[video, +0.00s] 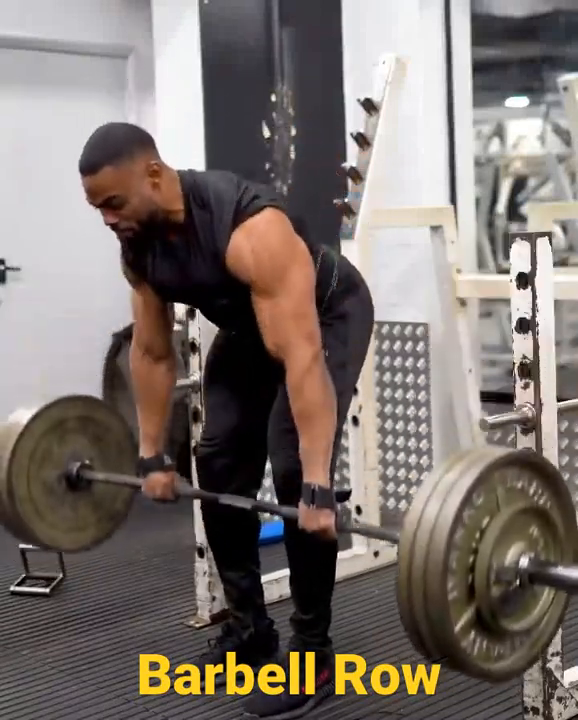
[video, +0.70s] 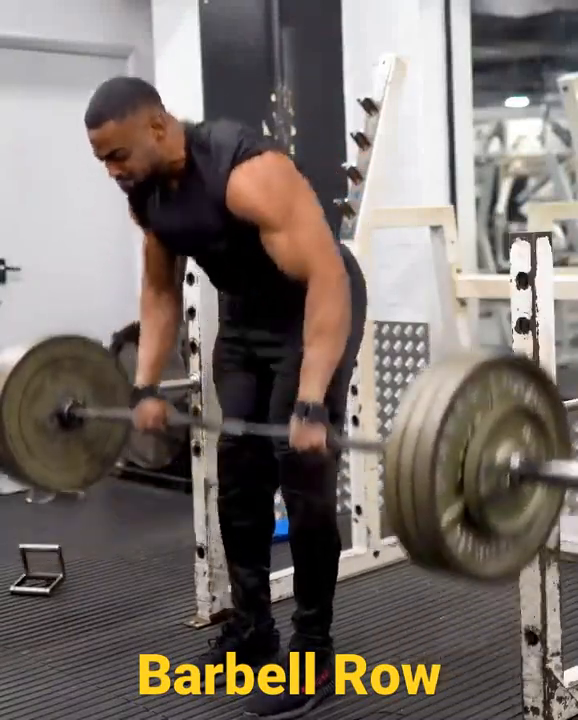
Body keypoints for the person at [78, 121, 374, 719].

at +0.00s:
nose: (108, 220)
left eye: (114, 204)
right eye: (99, 209)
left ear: (155, 174)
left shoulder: (252, 230)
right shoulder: (141, 244)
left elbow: (304, 356)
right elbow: (151, 352)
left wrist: (317, 484)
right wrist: (152, 454)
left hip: (326, 312)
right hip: (248, 324)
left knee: (293, 465)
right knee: (218, 468)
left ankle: (310, 648)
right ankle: (248, 626)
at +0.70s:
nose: (113, 172)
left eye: (118, 156)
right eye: (105, 161)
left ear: (160, 127)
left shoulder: (251, 170)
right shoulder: (149, 193)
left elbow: (329, 277)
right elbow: (159, 292)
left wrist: (311, 400)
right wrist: (147, 386)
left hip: (318, 311)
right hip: (247, 319)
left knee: (305, 469)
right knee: (240, 468)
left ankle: (312, 648)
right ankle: (251, 624)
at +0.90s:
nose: (120, 145)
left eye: (125, 128)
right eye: (111, 134)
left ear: (168, 99)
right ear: (112, 122)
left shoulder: (255, 131)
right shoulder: (149, 159)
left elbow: (361, 204)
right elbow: (165, 225)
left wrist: (319, 306)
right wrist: (149, 297)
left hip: (303, 307)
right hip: (230, 311)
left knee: (299, 473)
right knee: (231, 475)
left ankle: (313, 647)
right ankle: (250, 627)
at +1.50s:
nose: (115, 186)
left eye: (119, 168)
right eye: (106, 175)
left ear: (160, 137)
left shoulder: (253, 176)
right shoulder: (147, 201)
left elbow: (332, 277)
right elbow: (158, 288)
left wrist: (307, 398)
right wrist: (142, 380)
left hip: (315, 321)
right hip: (241, 332)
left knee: (302, 475)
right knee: (226, 481)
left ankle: (311, 646)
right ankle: (248, 627)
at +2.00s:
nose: (94, 227)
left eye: (99, 209)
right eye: (84, 214)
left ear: (140, 178)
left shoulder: (241, 237)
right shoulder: (130, 256)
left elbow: (290, 363)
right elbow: (145, 362)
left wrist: (311, 491)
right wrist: (148, 466)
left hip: (318, 313)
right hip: (238, 326)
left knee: (291, 474)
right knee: (211, 474)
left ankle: (310, 648)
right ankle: (248, 628)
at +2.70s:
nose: (113, 154)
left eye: (121, 137)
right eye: (106, 142)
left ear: (166, 111)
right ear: (106, 134)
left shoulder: (251, 165)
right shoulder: (147, 188)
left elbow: (329, 269)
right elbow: (156, 285)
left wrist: (304, 392)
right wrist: (140, 376)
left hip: (305, 318)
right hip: (237, 324)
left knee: (296, 471)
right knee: (232, 468)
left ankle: (311, 649)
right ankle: (249, 625)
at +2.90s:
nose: (117, 136)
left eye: (123, 119)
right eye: (109, 125)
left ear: (167, 89)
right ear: (112, 114)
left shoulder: (252, 127)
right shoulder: (146, 152)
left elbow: (356, 201)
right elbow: (160, 220)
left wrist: (308, 303)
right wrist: (141, 292)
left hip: (295, 316)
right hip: (221, 320)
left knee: (291, 476)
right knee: (224, 478)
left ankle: (310, 651)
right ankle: (246, 630)